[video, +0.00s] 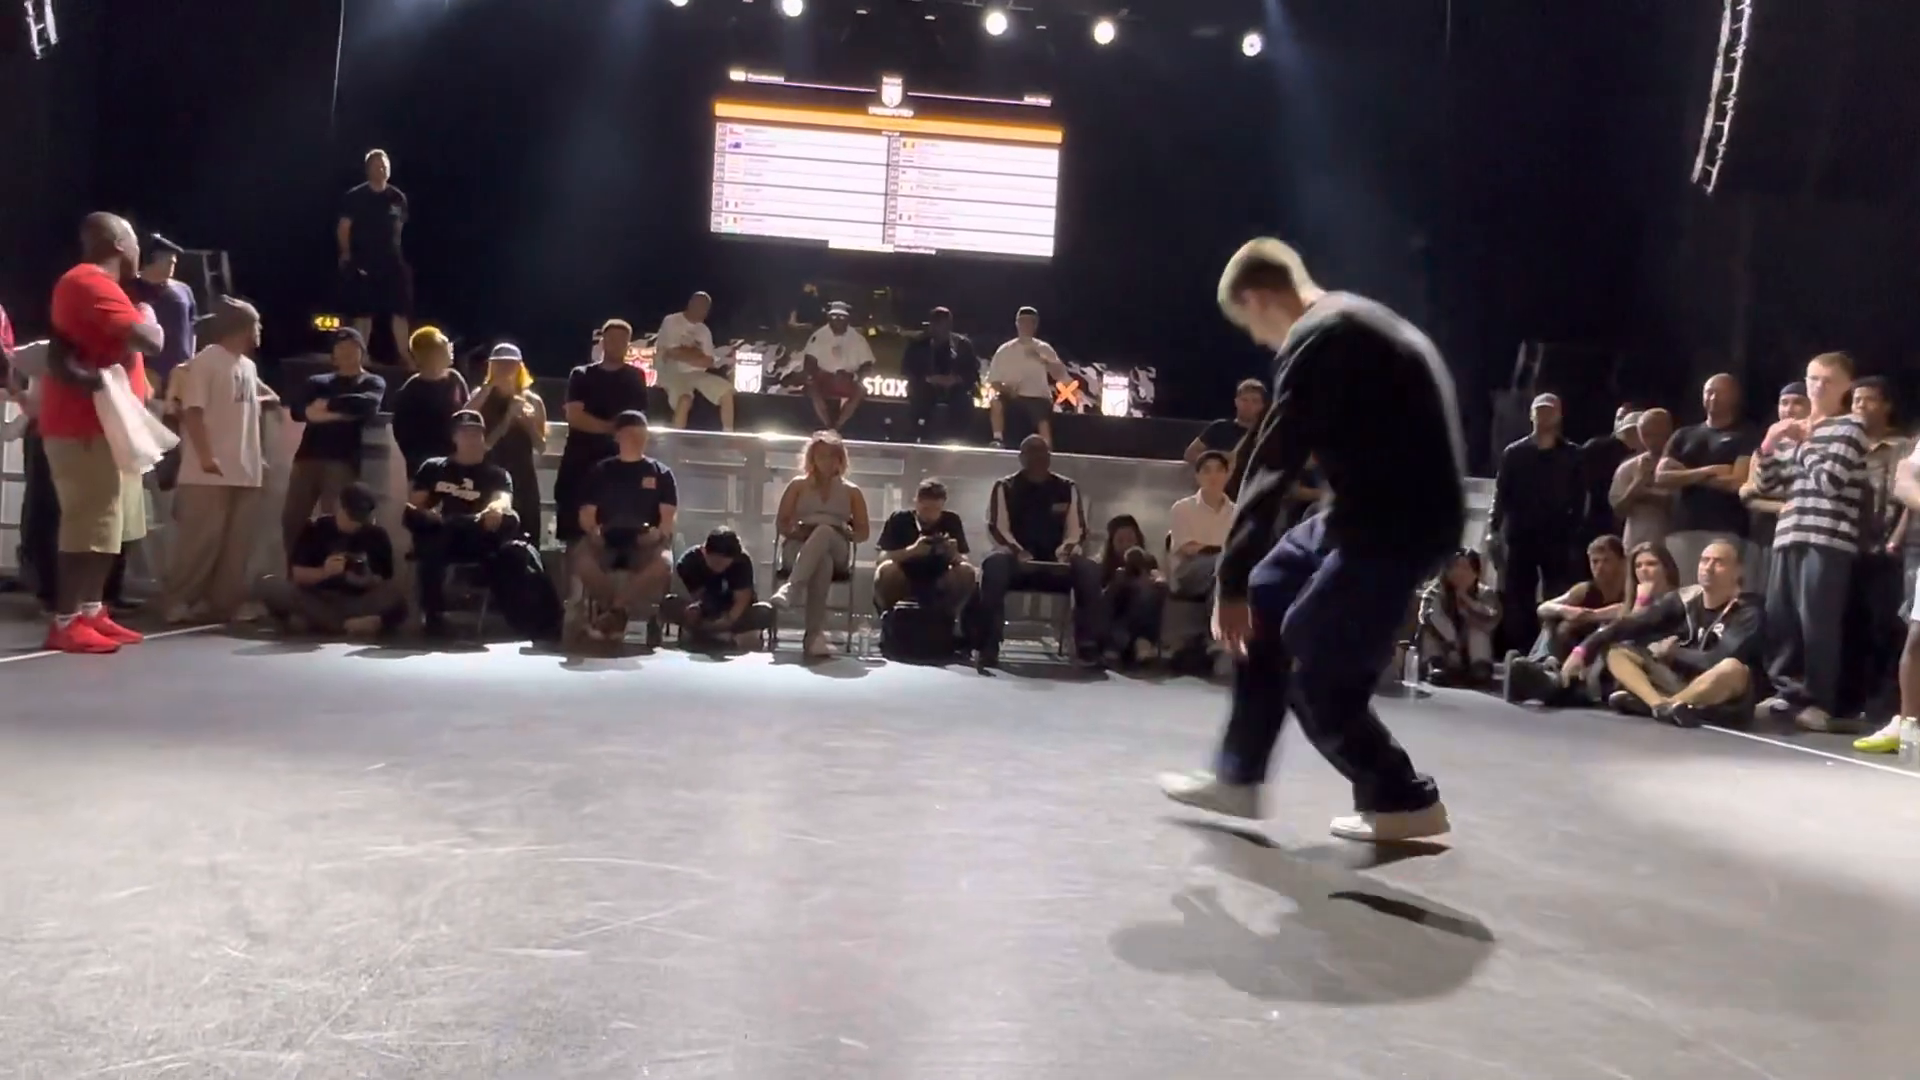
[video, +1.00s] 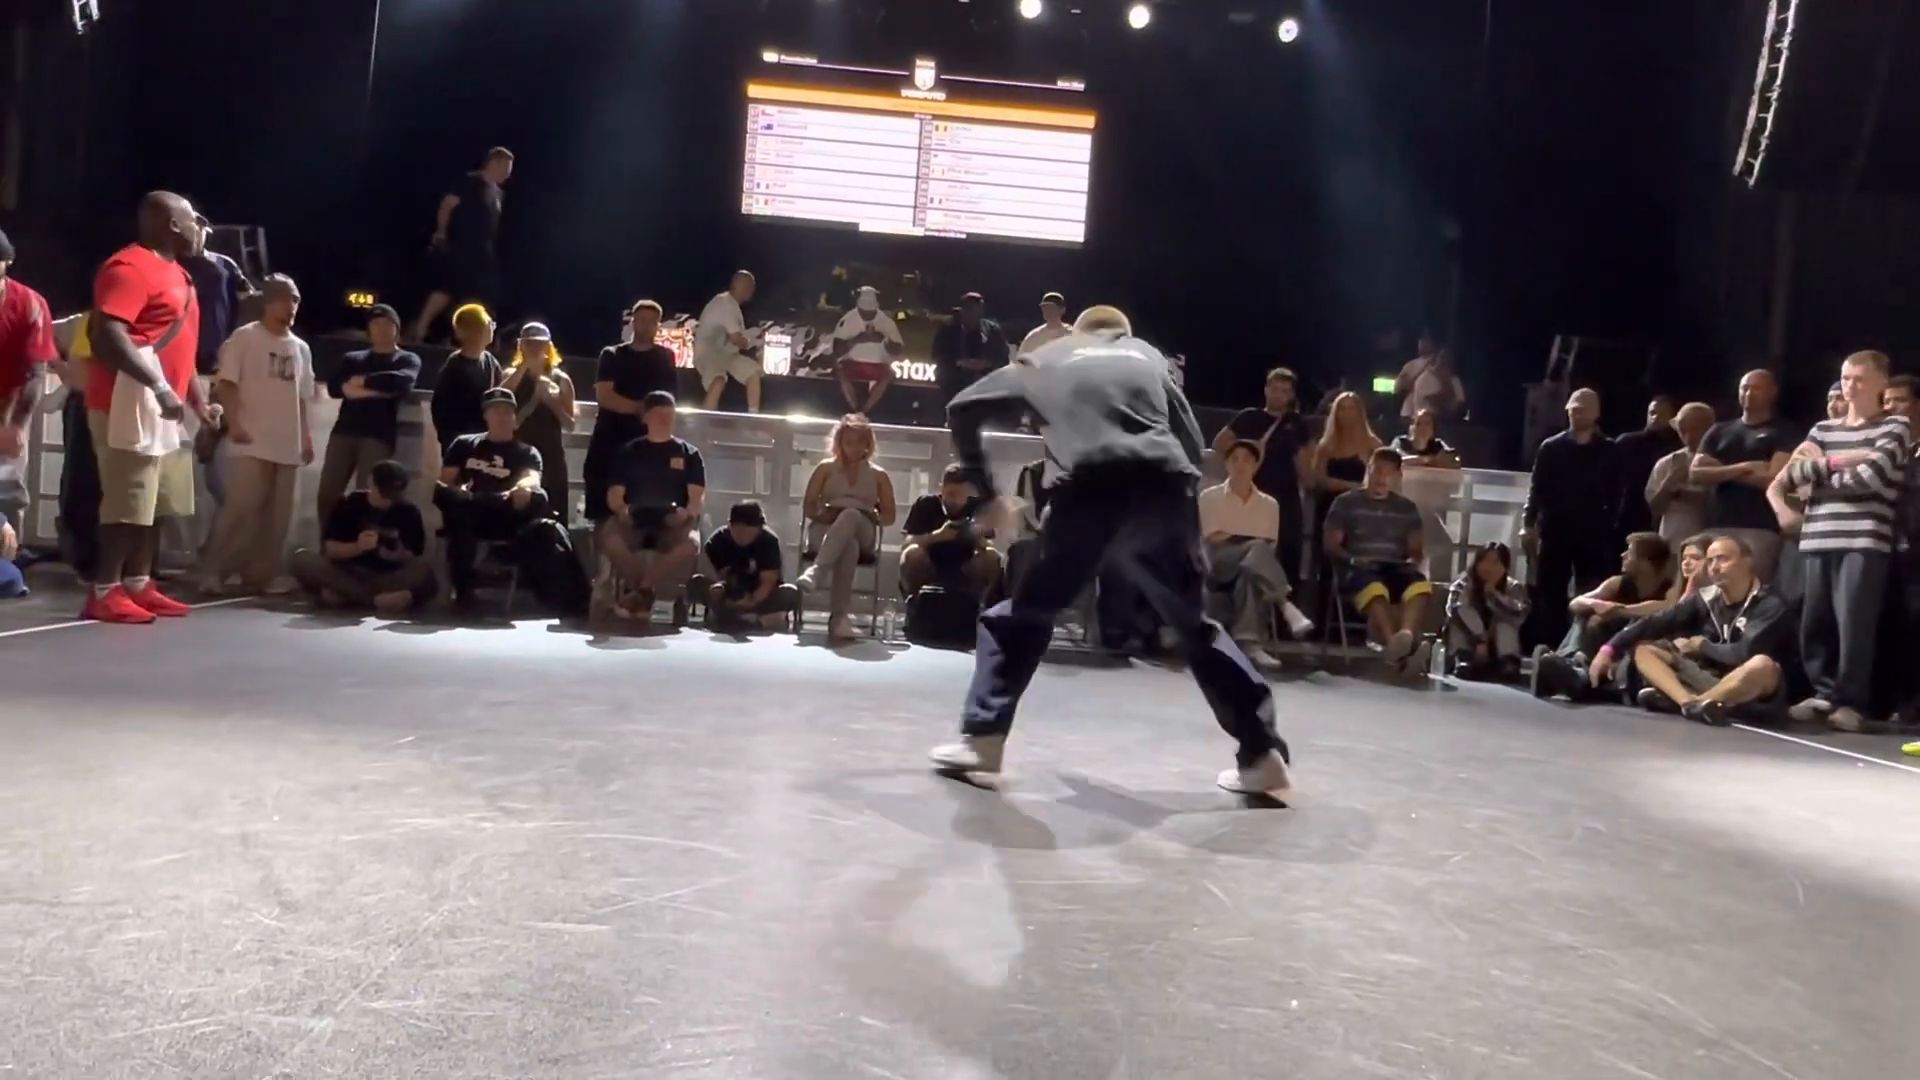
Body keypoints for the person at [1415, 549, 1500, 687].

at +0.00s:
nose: (1460, 573)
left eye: (1466, 569)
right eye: (1455, 567)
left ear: (1476, 574)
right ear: (1447, 571)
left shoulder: (1486, 594)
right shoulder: (1434, 593)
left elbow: (1490, 620)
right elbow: (1429, 617)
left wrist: (1466, 599)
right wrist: (1453, 641)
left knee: (1477, 623)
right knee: (1428, 628)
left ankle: (1480, 664)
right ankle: (1434, 664)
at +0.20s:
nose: (1468, 570)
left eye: (1475, 565)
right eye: (1464, 564)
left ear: (1485, 570)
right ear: (1457, 567)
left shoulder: (1494, 590)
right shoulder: (1443, 589)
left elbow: (1500, 617)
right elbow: (1439, 614)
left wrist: (1476, 598)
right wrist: (1461, 640)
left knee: (1486, 623)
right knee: (1437, 624)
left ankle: (1490, 663)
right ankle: (1444, 662)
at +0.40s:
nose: (1476, 568)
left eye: (1482, 563)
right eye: (1471, 562)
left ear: (1492, 569)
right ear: (1465, 565)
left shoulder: (1502, 588)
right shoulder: (1452, 585)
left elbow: (1507, 614)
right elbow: (1446, 610)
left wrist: (1480, 592)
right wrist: (1468, 640)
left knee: (1493, 623)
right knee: (1447, 621)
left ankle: (1498, 662)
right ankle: (1451, 660)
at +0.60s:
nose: (1480, 568)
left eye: (1487, 563)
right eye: (1476, 561)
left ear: (1497, 569)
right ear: (1469, 564)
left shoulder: (1506, 587)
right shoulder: (1456, 584)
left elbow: (1512, 613)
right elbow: (1450, 610)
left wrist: (1484, 592)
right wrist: (1472, 639)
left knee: (1497, 623)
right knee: (1452, 620)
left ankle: (1501, 660)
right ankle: (1454, 660)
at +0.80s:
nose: (1484, 568)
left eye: (1491, 564)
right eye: (1479, 561)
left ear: (1501, 569)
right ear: (1472, 564)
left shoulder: (1510, 587)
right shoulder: (1459, 584)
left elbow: (1515, 613)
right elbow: (1453, 609)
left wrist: (1487, 592)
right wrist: (1475, 638)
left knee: (1500, 623)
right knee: (1455, 620)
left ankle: (1504, 660)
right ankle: (1457, 659)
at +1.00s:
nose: (1488, 567)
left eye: (1495, 563)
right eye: (1483, 561)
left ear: (1505, 569)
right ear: (1476, 564)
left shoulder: (1514, 587)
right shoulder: (1463, 584)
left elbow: (1519, 613)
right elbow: (1457, 609)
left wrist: (1492, 593)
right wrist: (1479, 638)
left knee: (1504, 624)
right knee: (1459, 620)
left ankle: (1509, 660)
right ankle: (1461, 659)